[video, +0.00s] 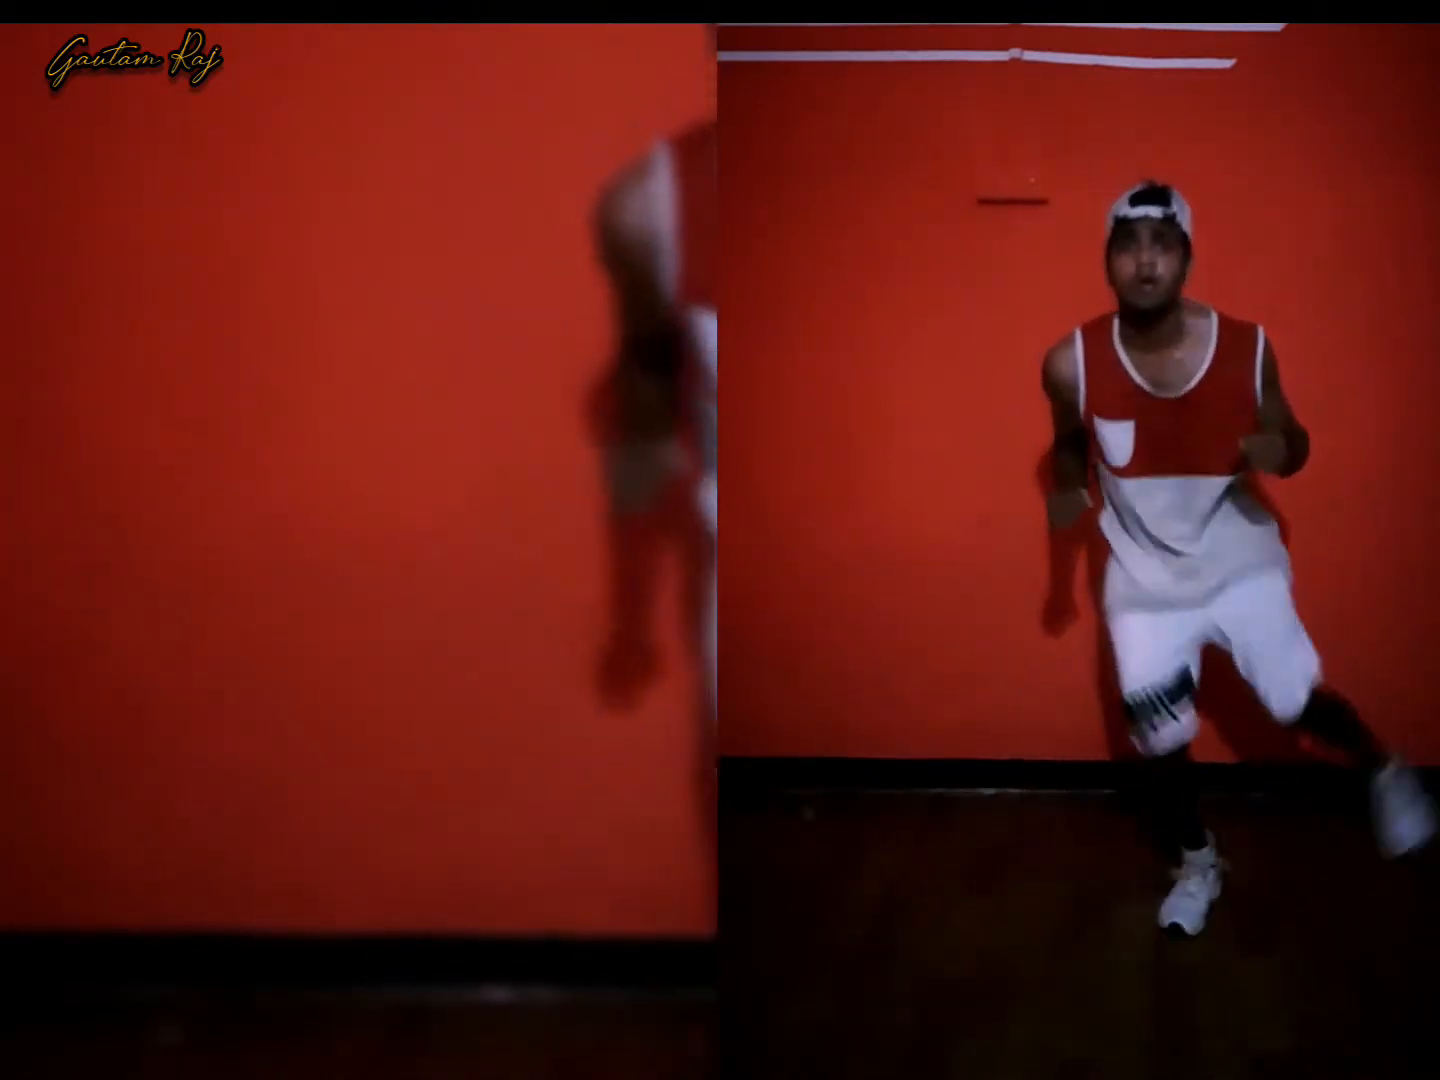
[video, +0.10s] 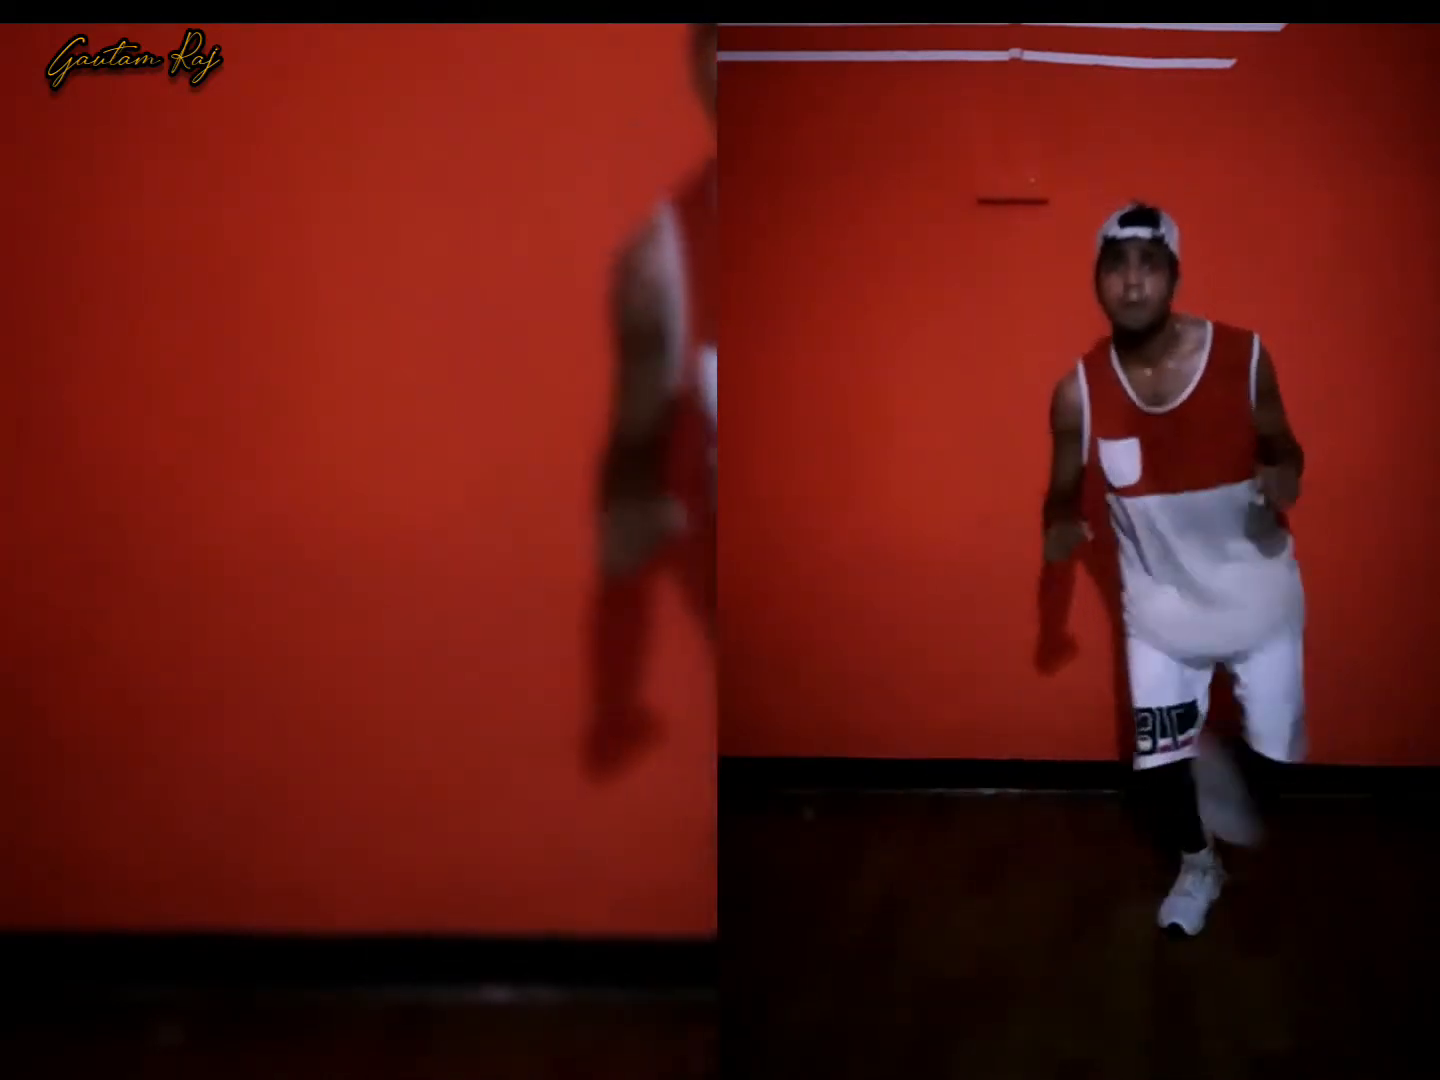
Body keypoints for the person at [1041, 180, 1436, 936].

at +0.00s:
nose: (1146, 261)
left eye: (1162, 244)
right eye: (1129, 244)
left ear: (1187, 259)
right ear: (1108, 260)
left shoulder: (1243, 348)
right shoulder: (1074, 364)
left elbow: (1288, 451)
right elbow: (1069, 446)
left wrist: (1264, 442)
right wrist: (1068, 491)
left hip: (1236, 552)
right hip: (1140, 570)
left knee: (1294, 702)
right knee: (1158, 735)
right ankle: (1194, 863)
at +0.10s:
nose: (1133, 283)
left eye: (1149, 266)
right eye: (1118, 266)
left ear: (1174, 278)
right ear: (1098, 283)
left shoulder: (1241, 357)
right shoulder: (1080, 392)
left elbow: (1282, 452)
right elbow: (1062, 498)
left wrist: (1277, 487)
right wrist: (1060, 541)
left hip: (1256, 590)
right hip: (1158, 601)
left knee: (1276, 763)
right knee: (1160, 763)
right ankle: (1195, 865)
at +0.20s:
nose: (1134, 269)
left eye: (1150, 252)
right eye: (1118, 254)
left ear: (1177, 262)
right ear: (1101, 273)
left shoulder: (1250, 327)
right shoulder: (1094, 383)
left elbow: (1310, 414)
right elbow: (1076, 488)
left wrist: (1284, 457)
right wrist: (1064, 514)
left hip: (1266, 566)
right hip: (1173, 585)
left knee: (1279, 711)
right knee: (1161, 733)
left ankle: (1201, 665)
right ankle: (1194, 861)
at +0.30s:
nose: (1160, 245)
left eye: (1177, 228)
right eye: (1143, 230)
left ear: (1204, 240)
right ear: (1125, 248)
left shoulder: (1271, 312)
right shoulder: (1106, 354)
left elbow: (1332, 394)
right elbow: (1092, 451)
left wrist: (1302, 421)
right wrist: (1080, 478)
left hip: (1281, 522)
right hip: (1182, 551)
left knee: (1336, 643)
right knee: (1182, 710)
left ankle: (1256, 615)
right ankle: (1201, 849)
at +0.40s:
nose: (1177, 245)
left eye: (1192, 228)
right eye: (1159, 230)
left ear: (1216, 241)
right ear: (1137, 249)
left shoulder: (1280, 316)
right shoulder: (1113, 356)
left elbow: (1341, 416)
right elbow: (1102, 447)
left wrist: (1317, 409)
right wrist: (1098, 475)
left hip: (1283, 514)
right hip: (1184, 538)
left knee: (1365, 656)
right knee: (1206, 711)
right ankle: (1226, 859)